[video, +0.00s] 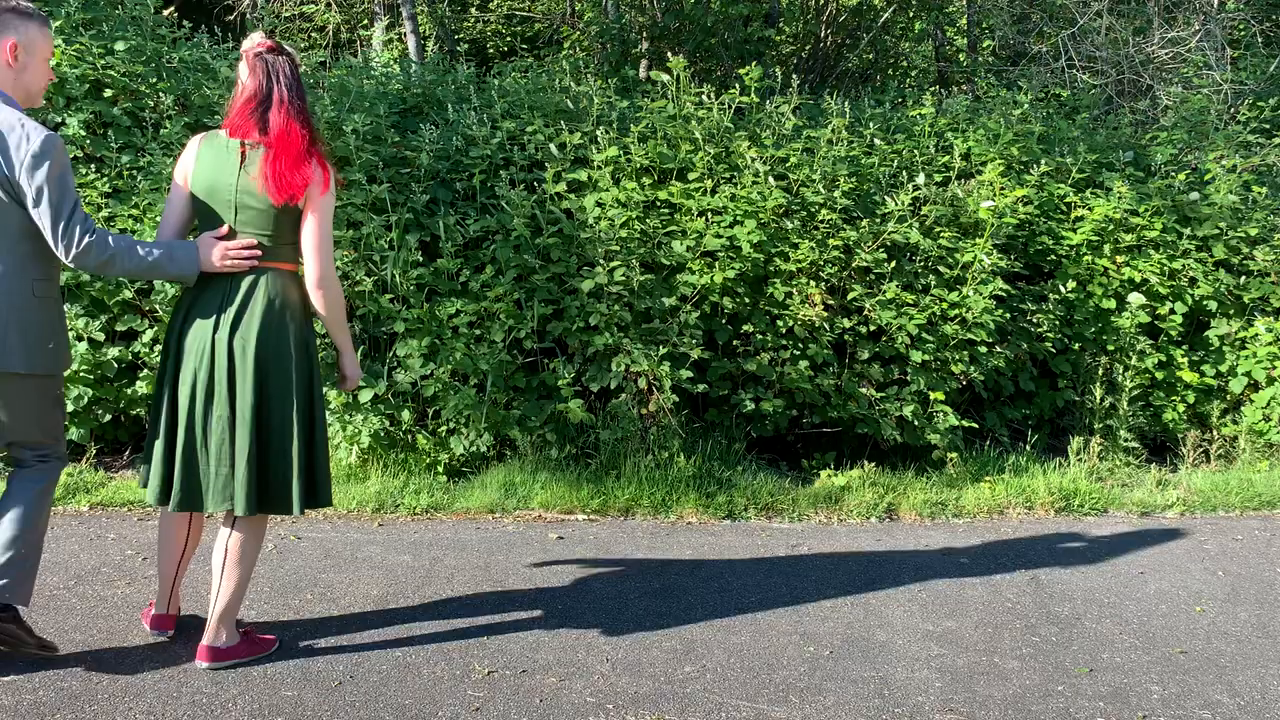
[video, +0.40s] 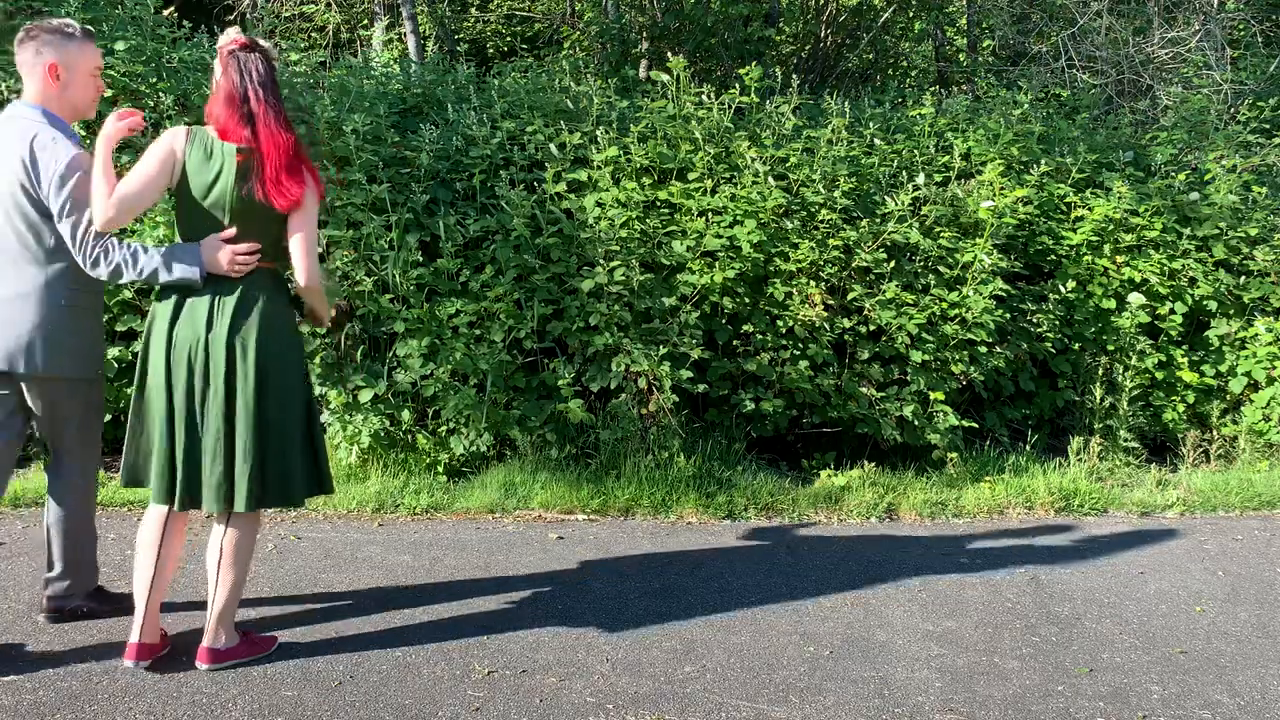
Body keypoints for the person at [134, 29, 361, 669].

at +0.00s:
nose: (238, 87)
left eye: (239, 79)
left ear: (240, 89)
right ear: (296, 94)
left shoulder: (198, 149)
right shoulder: (309, 166)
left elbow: (167, 246)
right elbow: (318, 280)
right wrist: (347, 348)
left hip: (200, 319)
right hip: (269, 327)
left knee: (189, 469)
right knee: (254, 482)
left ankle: (162, 608)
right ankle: (219, 634)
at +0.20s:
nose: (227, 82)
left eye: (228, 74)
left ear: (232, 85)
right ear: (288, 88)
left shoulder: (195, 138)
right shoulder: (306, 161)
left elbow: (135, 210)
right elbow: (322, 276)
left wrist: (199, 190)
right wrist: (346, 329)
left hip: (193, 319)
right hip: (264, 325)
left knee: (184, 478)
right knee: (248, 486)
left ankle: (154, 620)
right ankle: (220, 634)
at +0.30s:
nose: (220, 83)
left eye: (222, 75)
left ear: (227, 88)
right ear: (284, 91)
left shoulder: (190, 141)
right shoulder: (302, 167)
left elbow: (119, 212)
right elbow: (314, 277)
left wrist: (141, 168)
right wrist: (336, 319)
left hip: (191, 320)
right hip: (263, 326)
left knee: (180, 484)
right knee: (246, 493)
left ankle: (145, 625)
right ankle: (219, 637)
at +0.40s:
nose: (211, 87)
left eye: (213, 79)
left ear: (216, 88)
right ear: (274, 92)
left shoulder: (180, 145)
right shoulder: (293, 167)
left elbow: (107, 215)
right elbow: (306, 275)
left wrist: (104, 141)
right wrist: (324, 311)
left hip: (182, 323)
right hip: (257, 328)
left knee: (169, 491)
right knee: (241, 497)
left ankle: (143, 633)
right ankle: (220, 636)